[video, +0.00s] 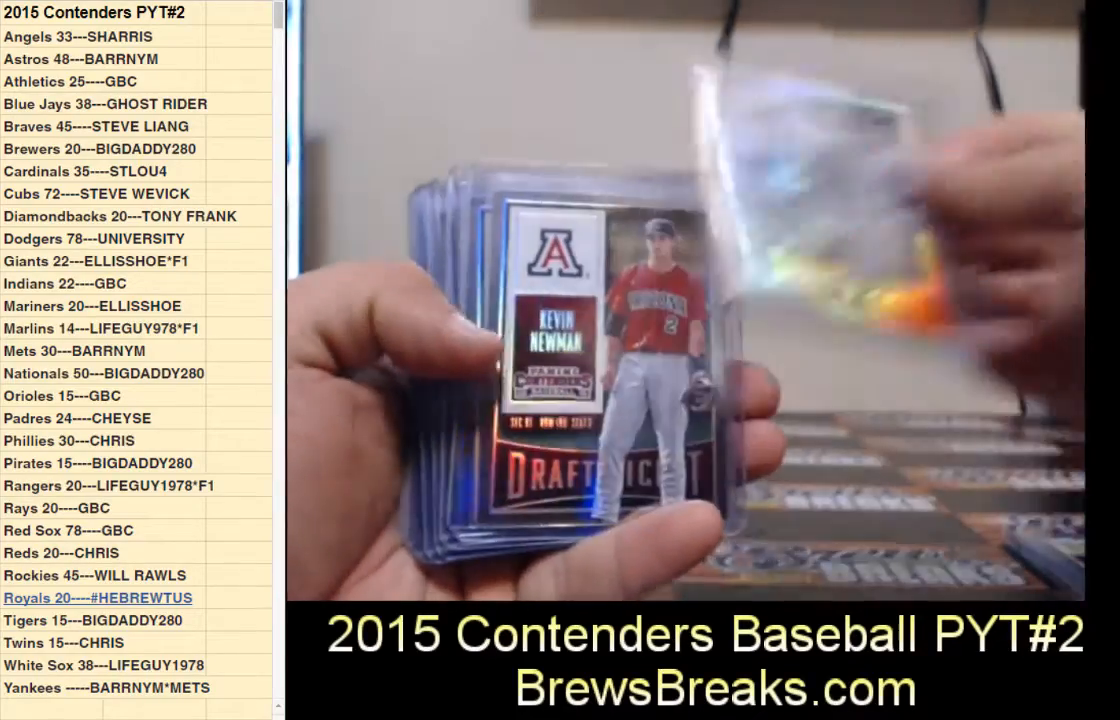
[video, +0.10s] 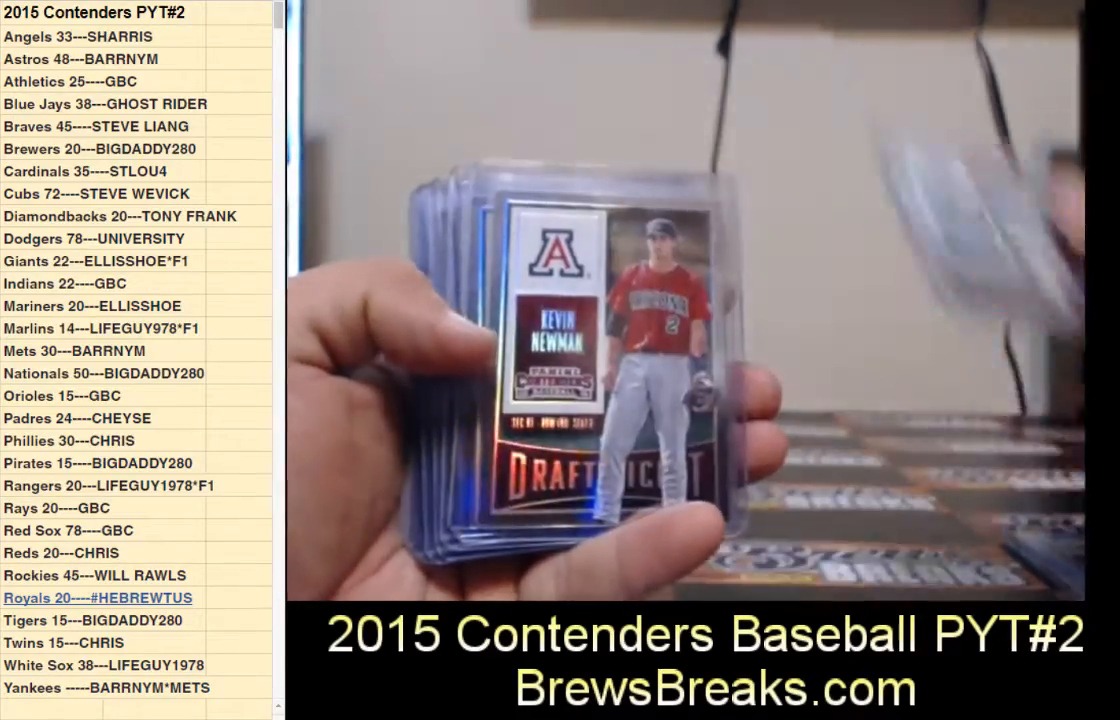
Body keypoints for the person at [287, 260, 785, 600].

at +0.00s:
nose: (663, 246)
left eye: (671, 238)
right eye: (656, 238)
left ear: (681, 244)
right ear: (646, 241)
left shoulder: (691, 285)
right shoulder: (630, 279)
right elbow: (616, 326)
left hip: (668, 369)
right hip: (631, 367)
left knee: (670, 440)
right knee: (622, 439)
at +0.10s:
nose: (662, 247)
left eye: (669, 241)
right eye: (655, 241)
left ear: (679, 246)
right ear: (645, 243)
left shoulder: (694, 285)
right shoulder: (631, 278)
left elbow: (699, 329)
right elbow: (616, 324)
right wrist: (612, 366)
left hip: (672, 368)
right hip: (632, 366)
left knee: (670, 438)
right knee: (621, 438)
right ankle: (618, 471)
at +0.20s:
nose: (664, 252)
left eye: (670, 245)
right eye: (658, 244)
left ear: (681, 248)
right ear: (650, 247)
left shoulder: (696, 287)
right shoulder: (637, 280)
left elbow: (700, 329)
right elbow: (621, 325)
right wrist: (613, 374)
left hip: (672, 368)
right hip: (638, 364)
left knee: (674, 439)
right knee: (628, 440)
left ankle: (677, 473)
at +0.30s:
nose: (665, 252)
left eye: (671, 245)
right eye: (659, 245)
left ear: (682, 248)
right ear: (649, 247)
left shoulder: (695, 287)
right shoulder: (635, 281)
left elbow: (699, 330)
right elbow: (620, 325)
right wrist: (613, 372)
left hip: (674, 368)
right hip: (637, 366)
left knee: (675, 438)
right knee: (628, 439)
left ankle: (678, 474)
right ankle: (626, 474)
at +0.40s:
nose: (663, 252)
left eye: (670, 245)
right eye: (658, 245)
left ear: (681, 247)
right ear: (650, 246)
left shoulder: (695, 286)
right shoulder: (636, 280)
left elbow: (699, 329)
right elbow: (620, 324)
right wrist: (614, 373)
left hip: (673, 367)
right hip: (638, 365)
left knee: (675, 437)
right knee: (629, 439)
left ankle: (678, 473)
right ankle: (628, 473)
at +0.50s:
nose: (664, 252)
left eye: (671, 245)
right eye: (658, 245)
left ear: (683, 249)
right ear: (648, 247)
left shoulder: (696, 287)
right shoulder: (636, 281)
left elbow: (701, 329)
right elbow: (620, 325)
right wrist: (612, 373)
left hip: (676, 367)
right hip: (637, 365)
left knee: (675, 436)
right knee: (628, 438)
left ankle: (678, 470)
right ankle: (628, 472)